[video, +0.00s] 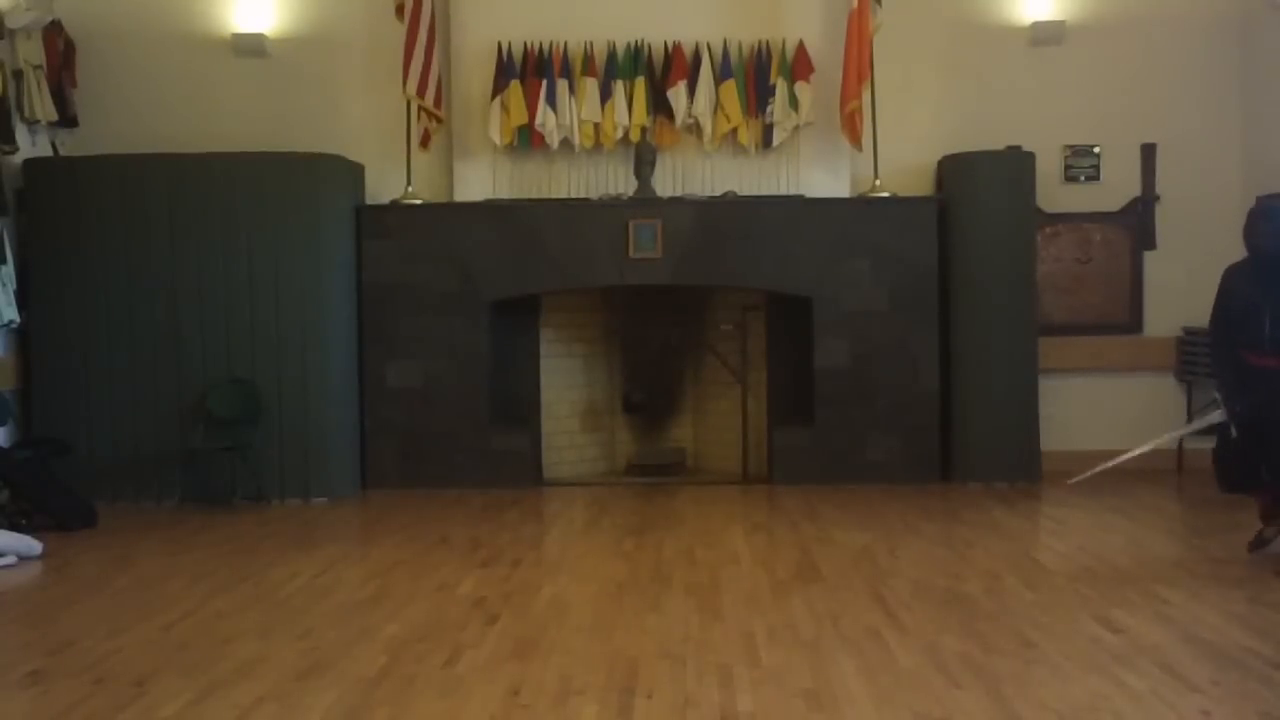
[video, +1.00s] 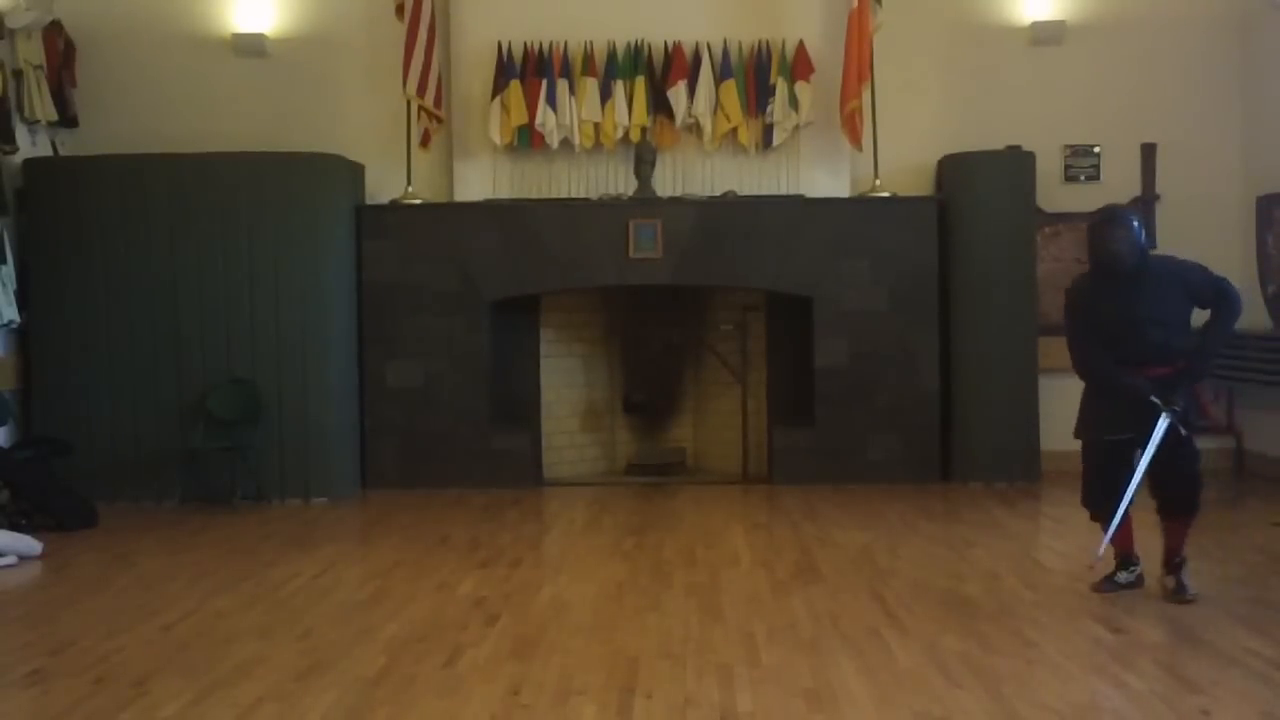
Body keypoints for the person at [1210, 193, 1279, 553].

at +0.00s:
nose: (1264, 234)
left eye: (1269, 226)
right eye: (1259, 225)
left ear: (1276, 233)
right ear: (1250, 232)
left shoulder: (1241, 278)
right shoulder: (1239, 277)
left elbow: (1221, 340)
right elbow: (1220, 339)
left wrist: (1232, 391)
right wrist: (1233, 391)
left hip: (1265, 384)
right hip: (1255, 383)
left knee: (1266, 453)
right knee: (1260, 451)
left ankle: (1270, 523)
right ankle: (1269, 523)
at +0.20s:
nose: (1251, 242)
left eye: (1259, 233)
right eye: (1247, 232)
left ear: (1271, 239)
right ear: (1236, 238)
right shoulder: (1224, 281)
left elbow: (1212, 347)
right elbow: (1212, 348)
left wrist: (1238, 396)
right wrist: (1232, 394)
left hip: (1270, 394)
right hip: (1240, 391)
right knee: (1201, 454)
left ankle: (1214, 539)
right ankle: (1214, 539)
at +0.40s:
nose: (1222, 252)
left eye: (1228, 243)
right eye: (1214, 244)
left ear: (1248, 243)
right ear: (1205, 249)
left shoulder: (1270, 282)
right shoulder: (1195, 291)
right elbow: (1188, 360)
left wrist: (1253, 405)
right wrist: (1215, 401)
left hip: (1266, 396)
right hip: (1214, 394)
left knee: (1274, 479)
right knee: (1182, 466)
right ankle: (1145, 546)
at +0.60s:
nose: (1171, 257)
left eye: (1179, 247)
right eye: (1164, 248)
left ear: (1199, 247)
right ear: (1155, 253)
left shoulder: (1236, 290)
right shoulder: (1151, 298)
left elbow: (1269, 342)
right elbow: (1144, 366)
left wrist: (1239, 396)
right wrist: (1179, 401)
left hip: (1229, 398)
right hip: (1170, 398)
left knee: (1262, 486)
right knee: (1139, 473)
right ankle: (1130, 564)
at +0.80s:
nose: (1137, 250)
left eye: (1144, 240)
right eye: (1129, 242)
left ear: (1161, 240)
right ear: (1116, 246)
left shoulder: (1192, 276)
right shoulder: (1107, 294)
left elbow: (1245, 316)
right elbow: (1108, 363)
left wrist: (1210, 371)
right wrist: (1153, 395)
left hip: (1196, 389)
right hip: (1135, 393)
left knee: (1223, 471)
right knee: (1117, 476)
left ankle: (1254, 536)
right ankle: (1129, 564)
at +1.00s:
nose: (1116, 250)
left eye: (1123, 240)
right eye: (1107, 242)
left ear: (1140, 239)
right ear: (1095, 246)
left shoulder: (1171, 274)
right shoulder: (1083, 293)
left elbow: (1228, 300)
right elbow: (1086, 362)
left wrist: (1193, 365)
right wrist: (1142, 389)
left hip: (1168, 398)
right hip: (1109, 401)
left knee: (1180, 487)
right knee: (1105, 490)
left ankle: (1174, 569)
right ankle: (1127, 566)